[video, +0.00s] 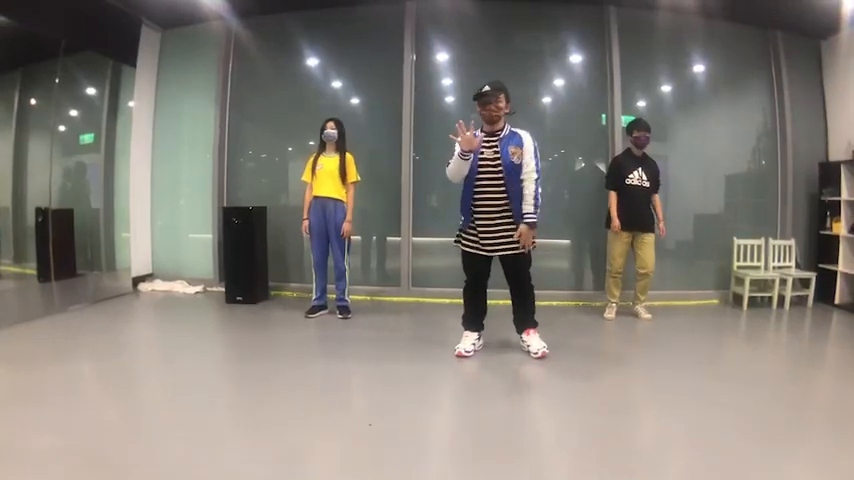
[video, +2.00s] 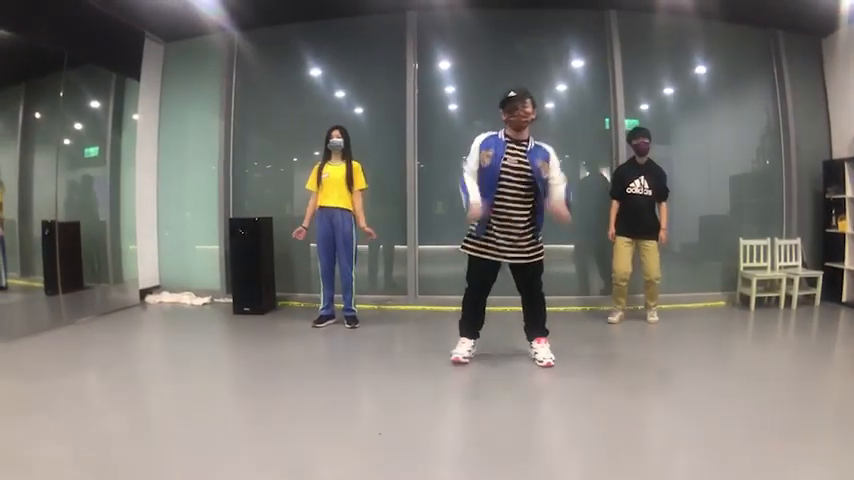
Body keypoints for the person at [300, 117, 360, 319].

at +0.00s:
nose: (329, 132)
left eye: (334, 129)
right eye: (326, 129)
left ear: (340, 134)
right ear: (321, 133)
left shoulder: (346, 158)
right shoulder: (315, 158)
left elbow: (350, 189)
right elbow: (309, 188)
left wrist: (349, 219)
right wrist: (305, 216)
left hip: (337, 203)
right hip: (317, 203)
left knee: (339, 257)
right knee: (318, 256)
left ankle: (342, 302)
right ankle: (319, 301)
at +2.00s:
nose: (336, 140)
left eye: (340, 137)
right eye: (332, 137)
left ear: (346, 141)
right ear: (327, 142)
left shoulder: (353, 166)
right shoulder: (320, 167)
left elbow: (357, 196)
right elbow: (313, 198)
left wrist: (362, 224)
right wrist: (305, 225)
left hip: (344, 214)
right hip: (323, 214)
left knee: (346, 265)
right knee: (325, 265)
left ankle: (349, 312)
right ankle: (326, 311)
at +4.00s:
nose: (333, 144)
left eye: (337, 141)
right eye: (329, 141)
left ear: (342, 148)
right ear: (323, 147)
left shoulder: (349, 173)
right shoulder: (315, 171)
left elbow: (361, 202)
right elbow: (303, 198)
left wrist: (345, 224)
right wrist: (302, 226)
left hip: (343, 218)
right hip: (322, 219)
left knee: (349, 267)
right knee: (322, 270)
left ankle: (348, 311)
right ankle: (296, 311)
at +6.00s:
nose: (308, 142)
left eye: (313, 139)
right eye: (305, 139)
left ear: (319, 146)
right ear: (300, 146)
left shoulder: (324, 169)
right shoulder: (292, 170)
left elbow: (333, 197)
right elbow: (282, 195)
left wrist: (325, 222)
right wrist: (272, 213)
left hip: (316, 217)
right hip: (296, 217)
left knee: (325, 269)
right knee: (295, 269)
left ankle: (340, 313)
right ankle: (296, 315)